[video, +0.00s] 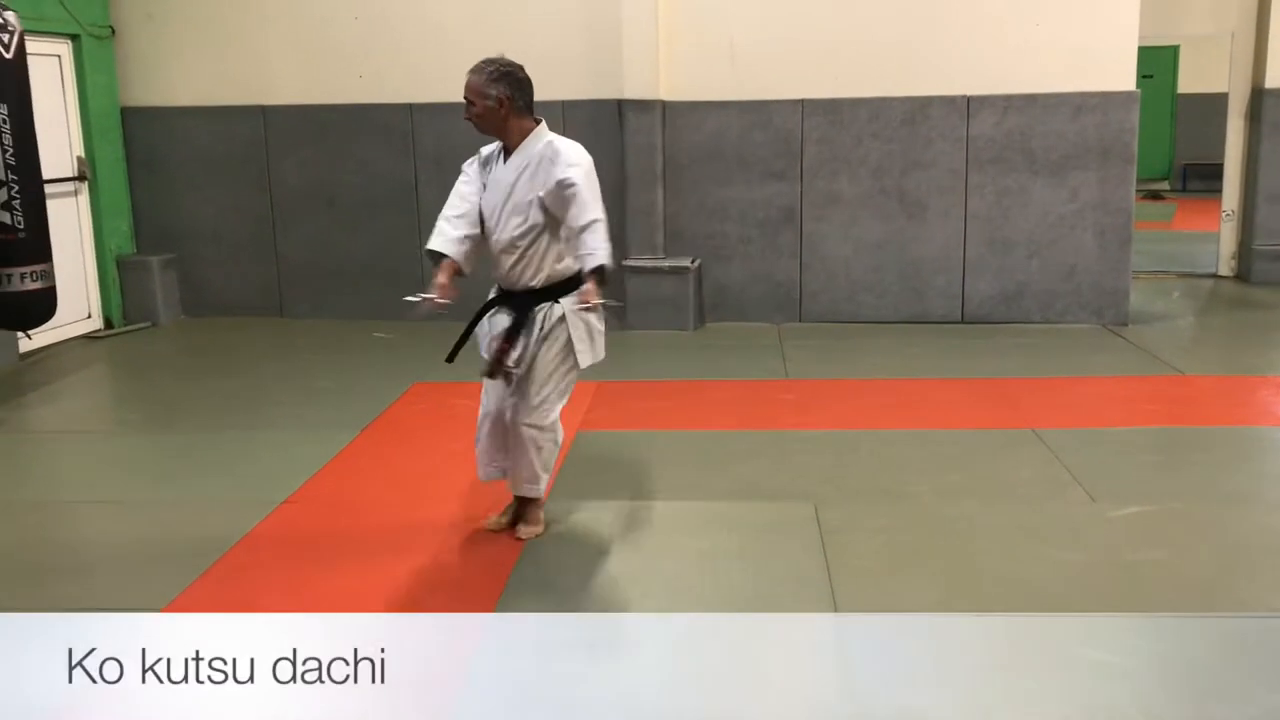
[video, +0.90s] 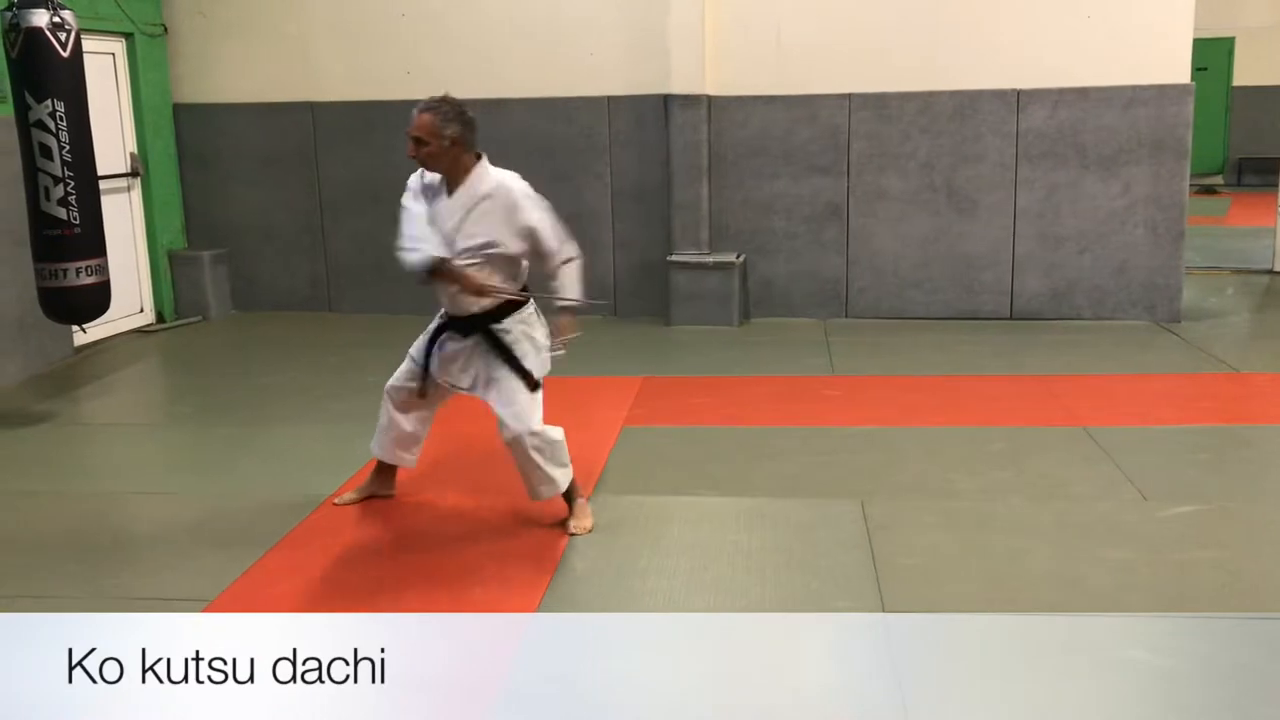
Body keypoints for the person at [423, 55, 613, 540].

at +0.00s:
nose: (466, 113)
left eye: (473, 104)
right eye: (465, 104)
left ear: (504, 102)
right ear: (499, 103)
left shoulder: (566, 158)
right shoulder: (481, 166)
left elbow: (590, 224)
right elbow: (459, 222)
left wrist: (591, 280)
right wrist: (445, 275)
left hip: (560, 305)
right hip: (509, 305)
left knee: (534, 411)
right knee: (502, 408)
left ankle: (533, 506)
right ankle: (522, 498)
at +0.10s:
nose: (462, 115)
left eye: (469, 106)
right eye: (461, 105)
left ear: (502, 105)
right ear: (492, 105)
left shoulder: (563, 158)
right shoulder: (472, 164)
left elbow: (612, 215)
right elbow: (471, 235)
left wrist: (629, 271)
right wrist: (496, 279)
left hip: (553, 312)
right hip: (497, 308)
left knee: (538, 414)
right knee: (501, 412)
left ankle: (540, 505)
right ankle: (527, 497)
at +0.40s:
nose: (471, 116)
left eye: (481, 107)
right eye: (469, 106)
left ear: (515, 106)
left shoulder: (570, 157)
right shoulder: (471, 158)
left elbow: (622, 214)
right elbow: (488, 230)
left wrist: (655, 266)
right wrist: (548, 268)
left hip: (552, 305)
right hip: (489, 304)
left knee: (556, 408)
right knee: (481, 406)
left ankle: (559, 503)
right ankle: (517, 474)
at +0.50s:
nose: (477, 127)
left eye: (486, 117)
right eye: (475, 116)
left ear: (522, 115)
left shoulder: (573, 165)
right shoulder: (472, 164)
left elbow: (624, 219)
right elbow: (494, 234)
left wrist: (657, 270)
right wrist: (556, 273)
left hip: (550, 308)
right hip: (484, 303)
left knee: (562, 405)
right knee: (451, 400)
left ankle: (564, 503)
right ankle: (456, 472)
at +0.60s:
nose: (479, 137)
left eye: (489, 128)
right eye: (477, 127)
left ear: (524, 128)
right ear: (479, 123)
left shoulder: (569, 173)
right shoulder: (471, 174)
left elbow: (618, 222)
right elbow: (500, 245)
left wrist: (654, 276)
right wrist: (565, 278)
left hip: (544, 315)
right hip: (477, 311)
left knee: (566, 407)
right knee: (429, 398)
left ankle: (569, 503)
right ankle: (393, 473)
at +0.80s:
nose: (444, 153)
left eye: (454, 144)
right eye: (442, 142)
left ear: (489, 145)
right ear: (443, 140)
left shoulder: (536, 191)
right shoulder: (437, 189)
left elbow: (591, 243)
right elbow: (470, 251)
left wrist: (617, 295)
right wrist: (539, 282)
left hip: (519, 327)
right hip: (453, 323)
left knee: (547, 414)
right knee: (398, 398)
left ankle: (573, 503)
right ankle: (382, 480)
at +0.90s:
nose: (411, 152)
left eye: (421, 143)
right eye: (411, 141)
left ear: (454, 145)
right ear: (443, 145)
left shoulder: (509, 191)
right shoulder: (421, 185)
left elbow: (562, 253)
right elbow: (413, 253)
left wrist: (566, 310)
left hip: (509, 326)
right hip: (453, 326)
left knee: (521, 427)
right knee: (402, 393)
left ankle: (576, 499)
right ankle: (383, 478)